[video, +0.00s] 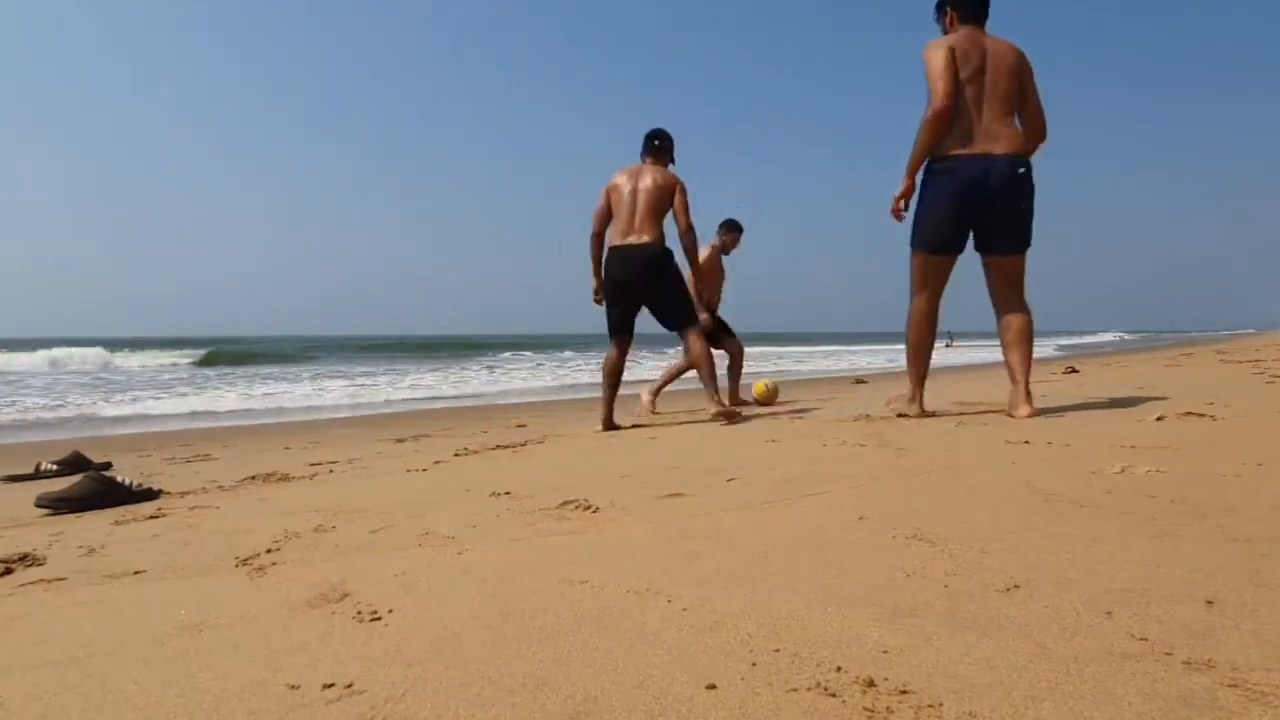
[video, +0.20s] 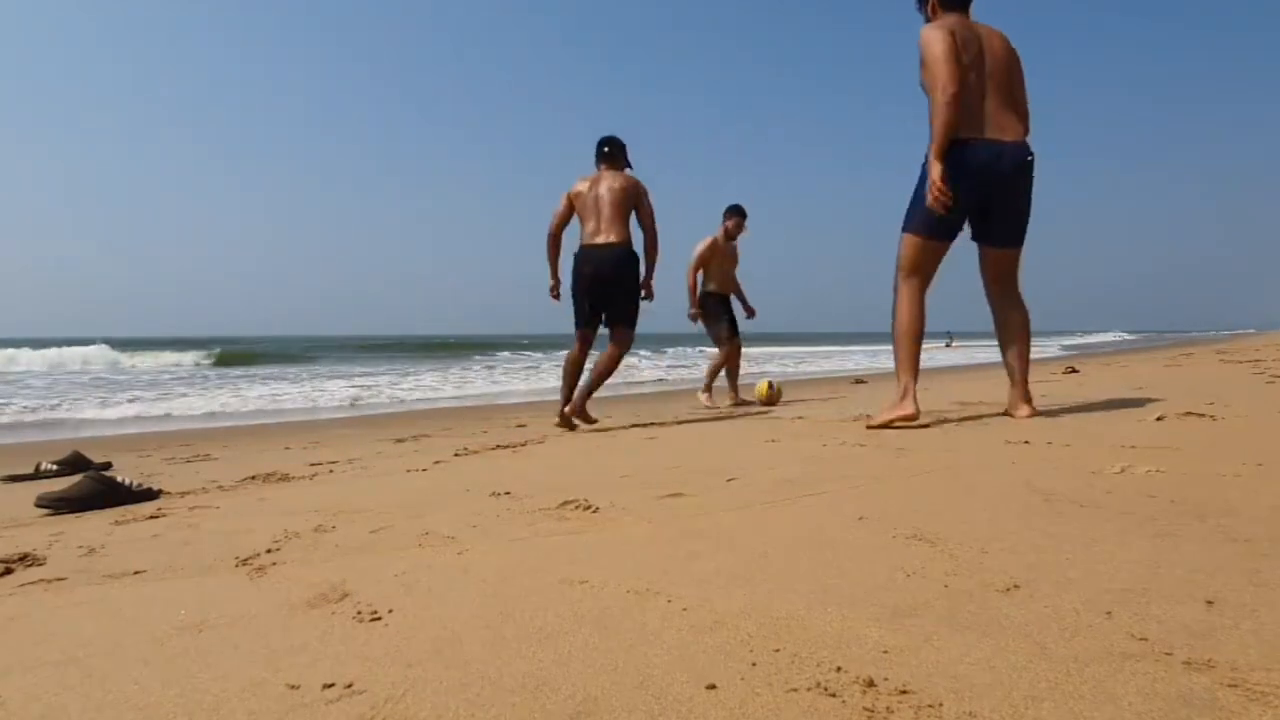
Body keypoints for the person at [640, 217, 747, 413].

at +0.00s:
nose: (736, 244)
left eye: (737, 239)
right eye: (733, 238)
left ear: (733, 238)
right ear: (722, 235)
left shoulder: (717, 258)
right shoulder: (709, 256)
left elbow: (708, 286)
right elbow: (692, 281)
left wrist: (711, 312)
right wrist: (701, 310)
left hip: (710, 315)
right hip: (697, 316)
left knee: (736, 350)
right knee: (691, 360)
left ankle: (734, 396)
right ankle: (651, 393)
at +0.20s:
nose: (740, 229)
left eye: (742, 225)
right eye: (737, 224)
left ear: (741, 226)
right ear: (726, 222)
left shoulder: (732, 248)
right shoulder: (710, 244)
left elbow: (731, 278)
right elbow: (692, 270)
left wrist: (745, 304)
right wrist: (693, 304)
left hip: (725, 298)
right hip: (709, 298)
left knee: (735, 346)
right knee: (727, 346)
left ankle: (733, 394)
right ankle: (705, 390)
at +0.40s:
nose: (732, 225)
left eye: (735, 221)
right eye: (728, 220)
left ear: (740, 222)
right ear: (721, 220)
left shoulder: (743, 246)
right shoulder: (710, 244)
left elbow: (748, 274)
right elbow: (697, 272)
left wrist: (760, 299)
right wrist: (693, 304)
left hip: (736, 297)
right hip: (718, 296)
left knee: (740, 346)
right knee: (730, 346)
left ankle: (735, 394)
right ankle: (728, 394)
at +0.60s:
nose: (728, 224)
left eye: (731, 220)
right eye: (723, 220)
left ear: (736, 220)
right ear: (717, 221)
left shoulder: (744, 244)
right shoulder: (709, 245)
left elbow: (753, 273)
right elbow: (699, 275)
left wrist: (766, 298)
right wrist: (696, 305)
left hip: (741, 297)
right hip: (721, 296)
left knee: (757, 344)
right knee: (728, 349)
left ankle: (741, 388)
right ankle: (733, 395)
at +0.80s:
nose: (724, 223)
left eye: (727, 218)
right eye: (719, 219)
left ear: (733, 218)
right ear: (713, 219)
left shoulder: (743, 241)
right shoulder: (705, 244)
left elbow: (752, 270)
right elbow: (698, 275)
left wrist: (764, 298)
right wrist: (697, 304)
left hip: (744, 293)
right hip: (720, 295)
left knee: (762, 339)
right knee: (726, 350)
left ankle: (772, 387)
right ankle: (731, 395)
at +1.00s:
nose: (720, 223)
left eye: (724, 218)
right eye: (715, 219)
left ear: (730, 217)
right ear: (710, 219)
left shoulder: (743, 240)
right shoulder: (704, 244)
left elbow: (755, 271)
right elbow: (699, 274)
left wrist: (765, 298)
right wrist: (695, 299)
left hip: (744, 292)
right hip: (720, 295)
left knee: (759, 339)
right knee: (725, 349)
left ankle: (767, 389)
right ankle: (731, 396)